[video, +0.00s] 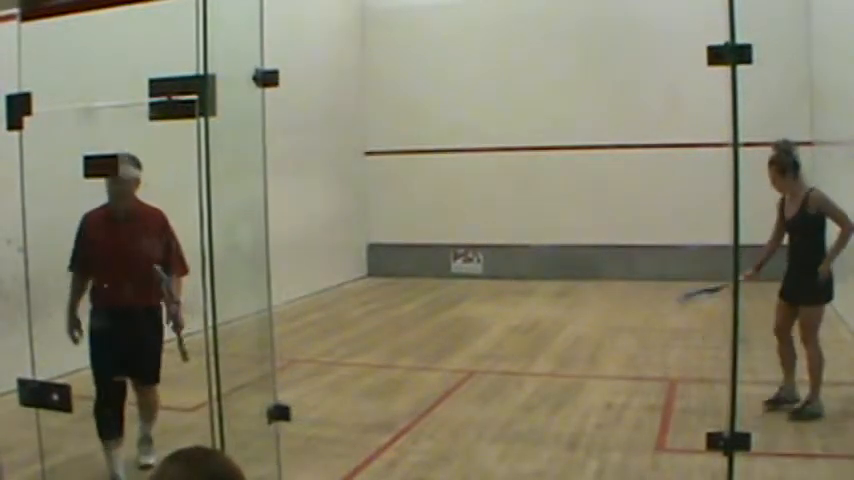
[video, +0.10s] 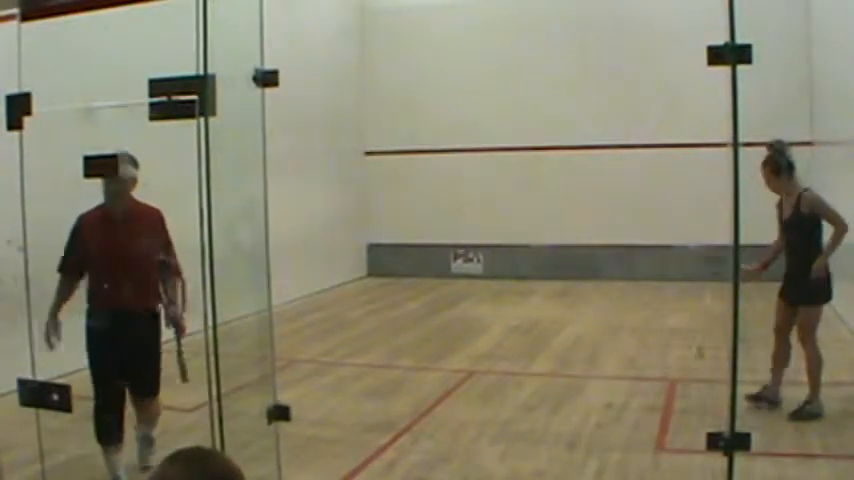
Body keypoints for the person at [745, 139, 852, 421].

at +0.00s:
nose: (771, 181)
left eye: (773, 175)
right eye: (770, 175)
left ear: (786, 174)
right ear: (783, 175)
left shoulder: (815, 198)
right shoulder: (784, 203)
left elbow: (846, 226)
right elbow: (776, 239)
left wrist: (828, 261)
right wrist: (757, 267)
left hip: (815, 275)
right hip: (794, 274)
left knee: (808, 336)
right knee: (781, 330)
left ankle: (814, 398)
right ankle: (788, 388)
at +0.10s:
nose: (766, 183)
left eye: (767, 178)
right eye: (765, 178)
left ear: (781, 175)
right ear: (779, 175)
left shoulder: (809, 200)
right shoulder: (782, 203)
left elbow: (841, 226)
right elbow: (782, 240)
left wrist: (824, 258)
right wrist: (763, 264)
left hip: (814, 276)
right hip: (792, 275)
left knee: (806, 335)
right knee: (781, 331)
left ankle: (814, 399)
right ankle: (773, 389)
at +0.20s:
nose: (759, 184)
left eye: (761, 178)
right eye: (758, 179)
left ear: (774, 176)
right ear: (774, 176)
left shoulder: (801, 199)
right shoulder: (779, 203)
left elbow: (833, 228)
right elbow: (786, 241)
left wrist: (816, 260)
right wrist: (767, 265)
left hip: (808, 275)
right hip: (789, 275)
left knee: (803, 336)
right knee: (779, 332)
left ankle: (814, 398)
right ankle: (764, 386)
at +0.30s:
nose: (753, 184)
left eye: (754, 178)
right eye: (752, 178)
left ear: (766, 176)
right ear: (769, 175)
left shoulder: (792, 200)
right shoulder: (777, 201)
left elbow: (823, 230)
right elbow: (782, 243)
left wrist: (805, 263)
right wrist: (765, 270)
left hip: (799, 279)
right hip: (782, 278)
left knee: (801, 339)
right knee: (776, 334)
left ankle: (812, 398)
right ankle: (764, 387)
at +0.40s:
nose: (747, 186)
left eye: (749, 181)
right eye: (746, 182)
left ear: (761, 177)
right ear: (761, 177)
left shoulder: (783, 200)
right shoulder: (771, 202)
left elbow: (811, 229)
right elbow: (777, 241)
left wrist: (793, 262)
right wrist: (762, 264)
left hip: (789, 281)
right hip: (774, 280)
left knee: (789, 339)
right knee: (773, 337)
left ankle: (810, 398)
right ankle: (761, 388)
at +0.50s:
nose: (742, 184)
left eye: (744, 179)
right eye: (741, 180)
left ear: (756, 176)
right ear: (755, 178)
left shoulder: (776, 199)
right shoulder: (765, 202)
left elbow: (801, 231)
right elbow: (771, 238)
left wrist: (783, 264)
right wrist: (759, 263)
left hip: (779, 278)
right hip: (769, 275)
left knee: (774, 340)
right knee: (769, 338)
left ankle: (805, 393)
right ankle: (761, 388)